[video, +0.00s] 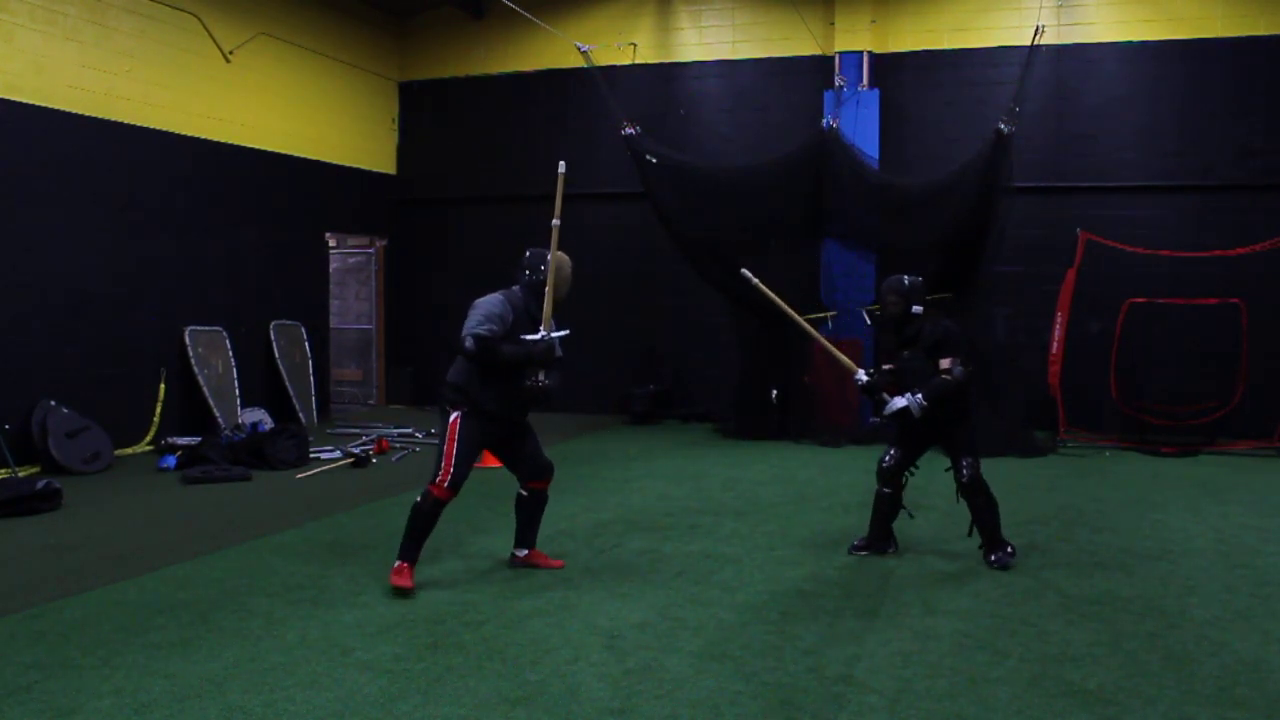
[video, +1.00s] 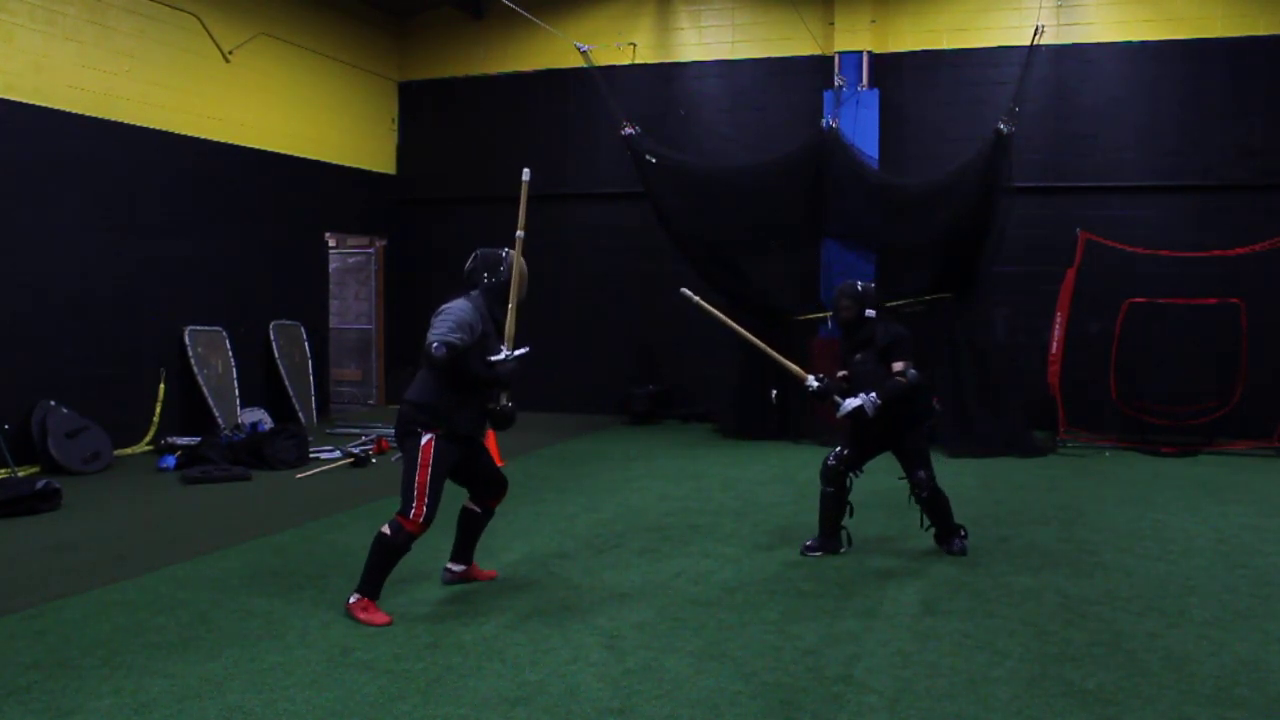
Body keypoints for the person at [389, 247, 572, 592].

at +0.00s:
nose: (557, 295)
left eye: (560, 287)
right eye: (555, 286)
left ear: (538, 281)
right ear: (538, 280)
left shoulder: (541, 320)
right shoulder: (494, 306)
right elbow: (476, 345)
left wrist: (542, 381)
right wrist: (533, 351)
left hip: (506, 412)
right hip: (467, 409)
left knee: (538, 473)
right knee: (445, 485)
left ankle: (524, 551)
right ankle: (404, 563)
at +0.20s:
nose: (547, 298)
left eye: (549, 291)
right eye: (543, 289)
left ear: (525, 285)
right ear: (525, 285)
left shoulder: (526, 325)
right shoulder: (488, 311)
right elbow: (464, 345)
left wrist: (526, 398)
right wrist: (519, 361)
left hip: (492, 417)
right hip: (457, 416)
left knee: (534, 476)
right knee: (442, 501)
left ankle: (523, 552)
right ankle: (396, 577)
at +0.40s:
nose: (545, 275)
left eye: (546, 267)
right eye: (541, 266)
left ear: (519, 265)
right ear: (522, 264)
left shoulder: (519, 306)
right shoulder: (487, 291)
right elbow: (459, 327)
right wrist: (512, 346)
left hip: (475, 403)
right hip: (444, 400)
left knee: (512, 467)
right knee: (431, 486)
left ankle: (497, 549)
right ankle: (386, 570)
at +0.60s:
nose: (533, 295)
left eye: (534, 287)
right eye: (529, 286)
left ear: (508, 283)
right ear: (511, 284)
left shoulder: (508, 325)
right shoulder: (477, 313)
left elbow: (488, 383)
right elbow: (453, 353)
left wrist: (509, 407)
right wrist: (505, 369)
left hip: (472, 423)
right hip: (441, 422)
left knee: (510, 483)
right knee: (433, 509)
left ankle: (483, 561)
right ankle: (380, 584)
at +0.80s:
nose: (527, 278)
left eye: (528, 270)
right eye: (523, 269)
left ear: (501, 265)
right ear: (504, 266)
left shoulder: (499, 305)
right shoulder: (472, 291)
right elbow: (447, 330)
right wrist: (500, 348)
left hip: (460, 408)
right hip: (430, 406)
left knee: (489, 475)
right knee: (424, 495)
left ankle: (478, 560)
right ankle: (373, 578)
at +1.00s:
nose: (515, 291)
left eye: (515, 283)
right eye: (511, 282)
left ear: (487, 279)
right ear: (493, 281)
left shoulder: (488, 321)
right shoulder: (461, 311)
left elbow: (473, 380)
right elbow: (440, 355)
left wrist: (494, 408)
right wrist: (493, 369)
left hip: (455, 428)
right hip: (426, 426)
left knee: (492, 486)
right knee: (415, 515)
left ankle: (460, 565)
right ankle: (362, 597)